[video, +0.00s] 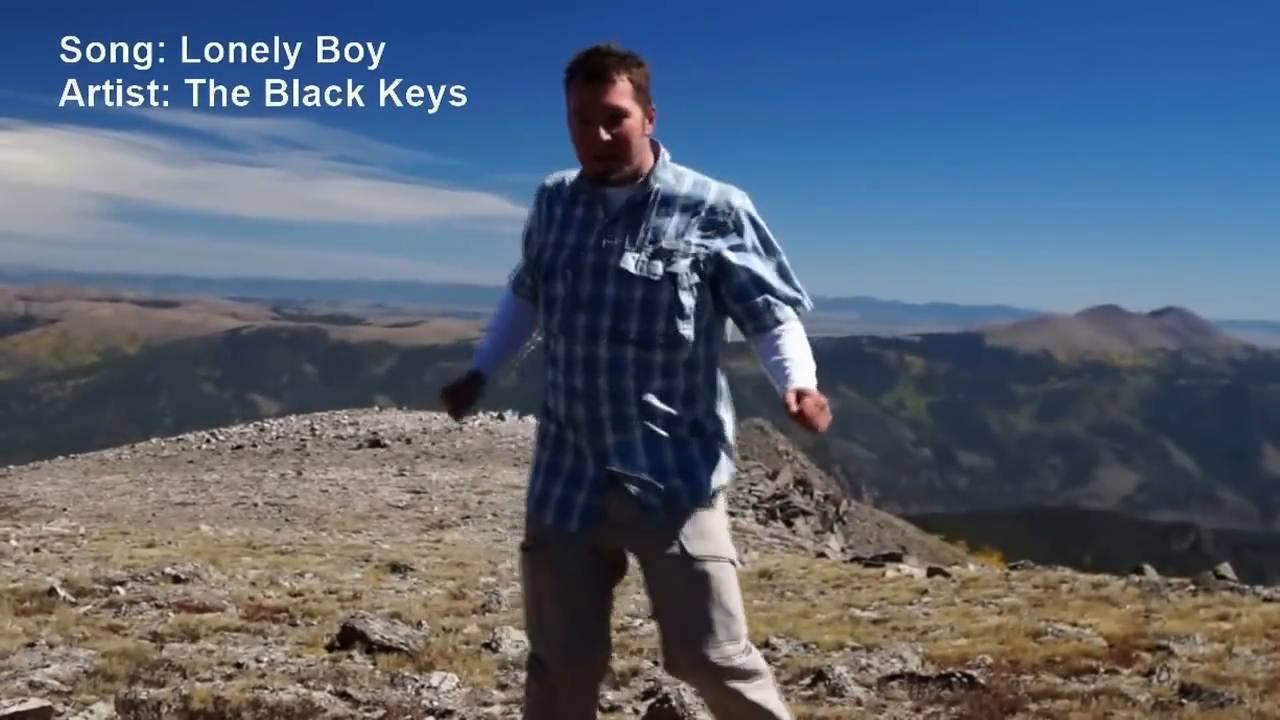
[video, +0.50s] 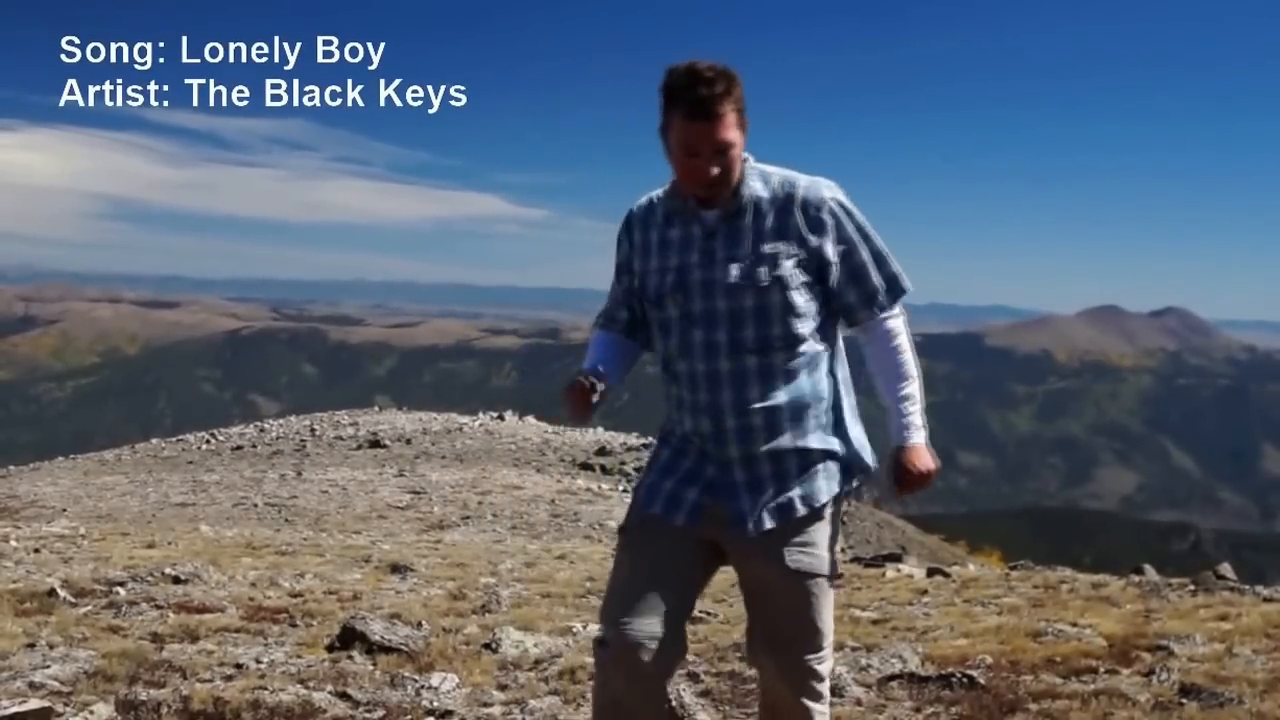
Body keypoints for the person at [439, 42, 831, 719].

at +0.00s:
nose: (597, 136)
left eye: (613, 118)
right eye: (582, 122)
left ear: (649, 117)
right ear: (568, 125)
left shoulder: (714, 210)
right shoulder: (555, 204)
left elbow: (770, 310)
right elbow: (526, 298)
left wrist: (798, 382)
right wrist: (479, 372)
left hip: (675, 472)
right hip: (567, 470)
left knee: (716, 660)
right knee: (560, 671)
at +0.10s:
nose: (606, 161)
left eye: (621, 142)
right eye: (591, 146)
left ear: (657, 134)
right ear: (577, 145)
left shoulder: (725, 223)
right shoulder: (577, 226)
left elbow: (779, 338)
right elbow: (554, 333)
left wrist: (792, 423)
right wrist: (504, 421)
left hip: (699, 494)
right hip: (590, 489)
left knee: (742, 686)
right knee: (565, 683)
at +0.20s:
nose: (627, 175)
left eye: (640, 157)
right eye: (611, 160)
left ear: (674, 142)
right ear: (595, 155)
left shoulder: (744, 222)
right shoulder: (601, 236)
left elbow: (801, 346)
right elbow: (589, 343)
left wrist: (806, 463)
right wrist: (545, 422)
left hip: (728, 496)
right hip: (621, 492)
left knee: (760, 690)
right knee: (583, 685)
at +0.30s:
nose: (652, 175)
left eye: (666, 156)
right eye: (635, 159)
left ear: (696, 137)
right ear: (618, 152)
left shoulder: (767, 210)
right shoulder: (621, 225)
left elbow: (835, 326)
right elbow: (619, 327)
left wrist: (835, 451)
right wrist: (577, 385)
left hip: (760, 477)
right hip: (656, 470)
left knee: (780, 675)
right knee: (606, 665)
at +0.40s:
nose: (681, 176)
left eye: (695, 158)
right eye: (664, 160)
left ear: (721, 138)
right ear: (642, 150)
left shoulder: (791, 211)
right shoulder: (636, 229)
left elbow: (858, 327)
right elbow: (624, 330)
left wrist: (875, 449)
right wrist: (582, 398)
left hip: (781, 476)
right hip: (675, 473)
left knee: (792, 679)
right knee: (629, 670)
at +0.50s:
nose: (707, 170)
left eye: (720, 152)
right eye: (691, 154)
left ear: (744, 135)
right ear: (666, 144)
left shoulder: (811, 208)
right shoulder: (647, 227)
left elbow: (881, 318)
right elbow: (624, 321)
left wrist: (910, 433)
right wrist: (596, 376)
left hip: (791, 474)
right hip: (685, 469)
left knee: (796, 677)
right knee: (628, 650)